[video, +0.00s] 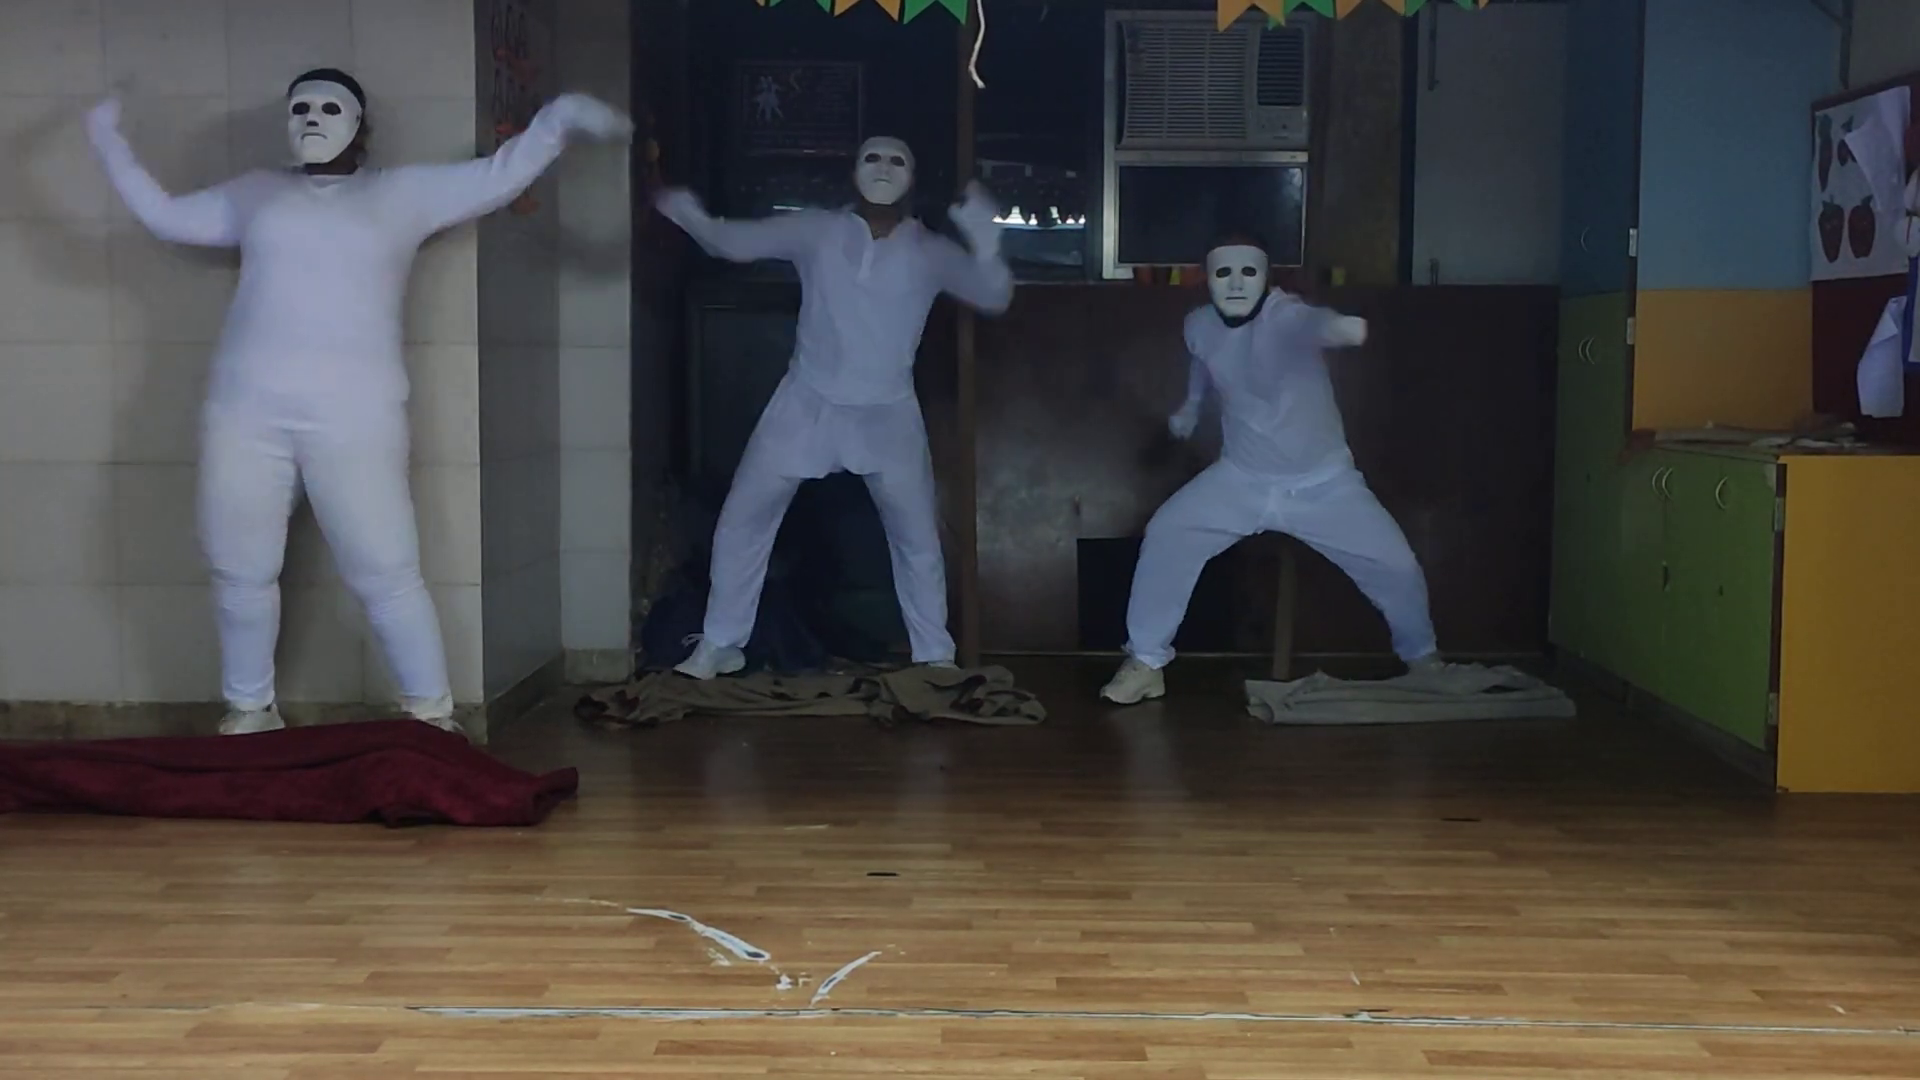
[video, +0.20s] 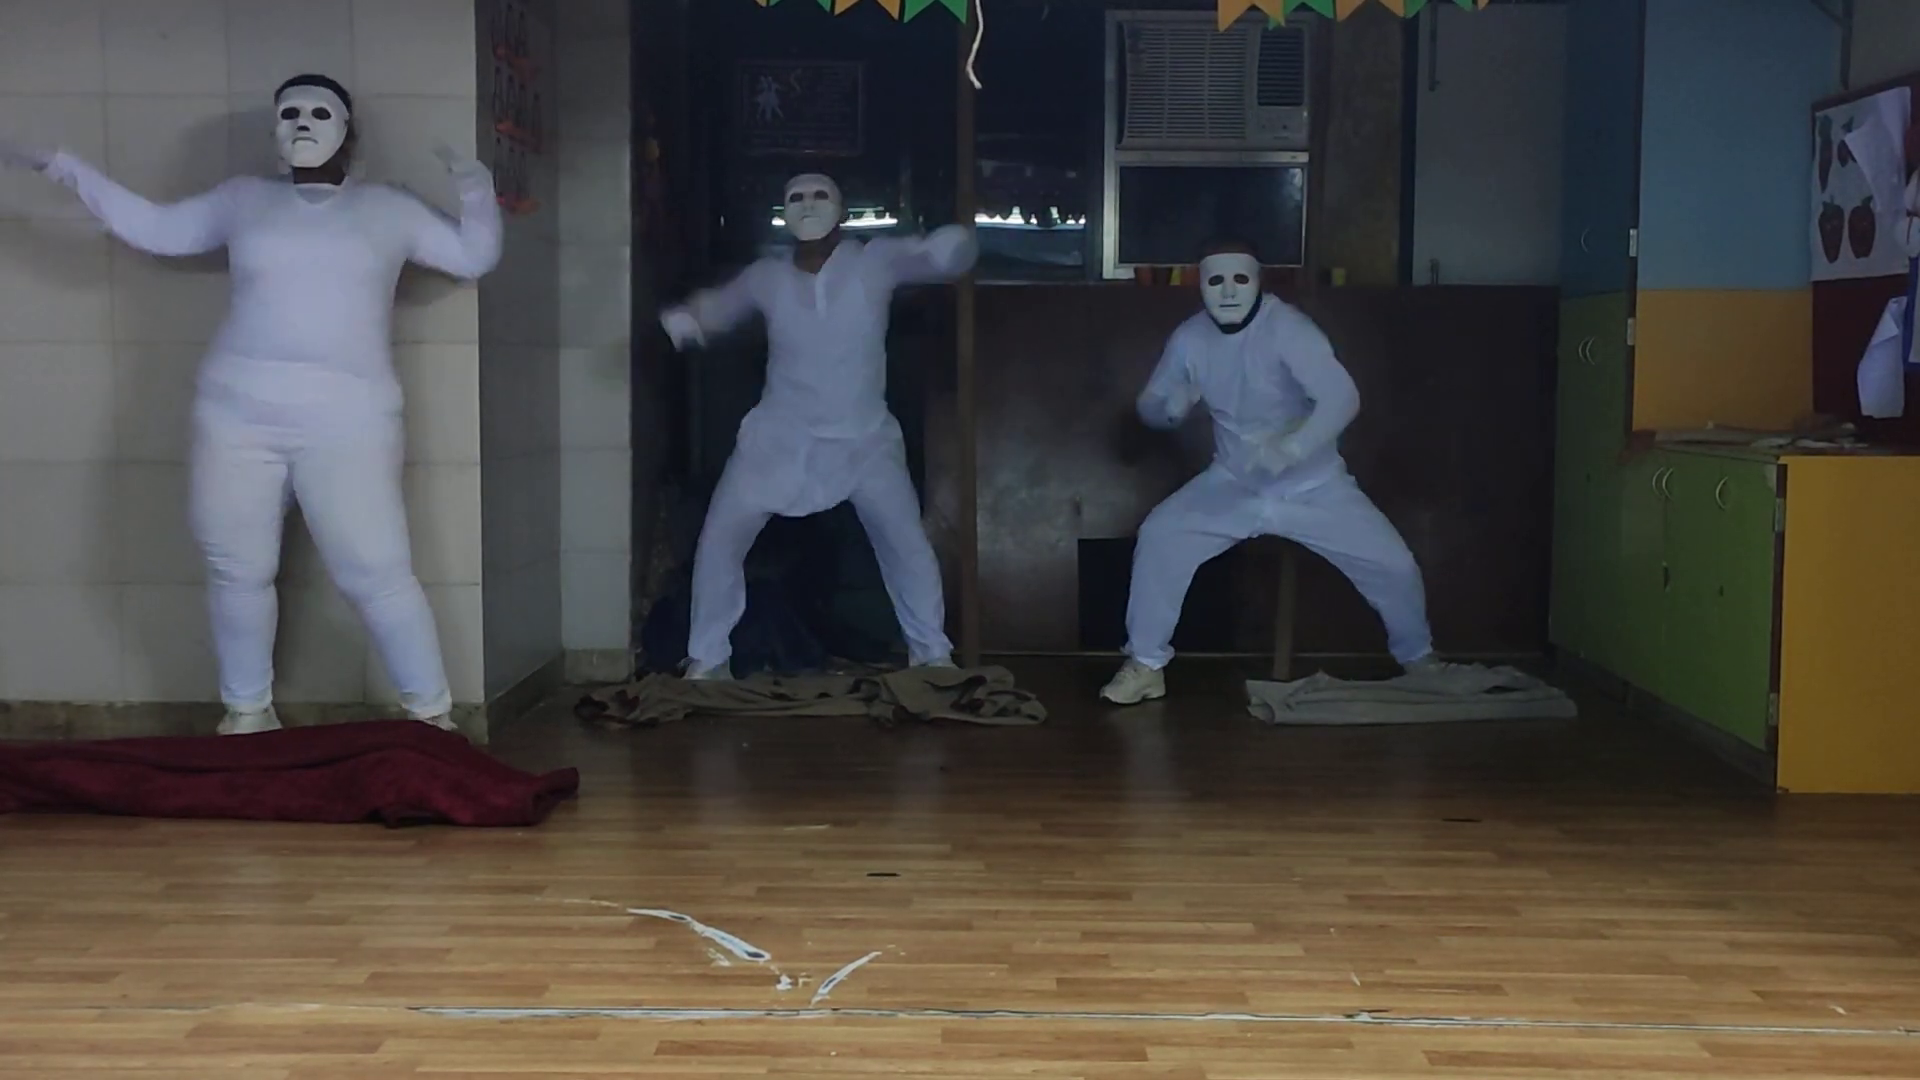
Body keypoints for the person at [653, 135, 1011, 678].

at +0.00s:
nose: (882, 170)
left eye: (896, 163)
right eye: (872, 160)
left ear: (913, 181)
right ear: (854, 174)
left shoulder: (932, 252)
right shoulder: (818, 231)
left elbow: (994, 296)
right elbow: (734, 242)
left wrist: (985, 240)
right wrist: (691, 216)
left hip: (888, 414)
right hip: (805, 405)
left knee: (917, 538)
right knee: (742, 521)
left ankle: (935, 657)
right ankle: (722, 645)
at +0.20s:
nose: (808, 208)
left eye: (821, 198)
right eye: (797, 200)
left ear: (841, 212)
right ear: (784, 214)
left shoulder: (875, 260)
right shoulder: (766, 276)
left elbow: (933, 257)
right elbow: (720, 305)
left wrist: (953, 246)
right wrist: (687, 319)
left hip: (863, 436)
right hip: (779, 437)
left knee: (906, 543)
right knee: (720, 540)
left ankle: (932, 658)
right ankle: (708, 665)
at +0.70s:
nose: (778, 156)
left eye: (788, 147)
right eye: (766, 148)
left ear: (801, 161)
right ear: (747, 165)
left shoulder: (829, 227)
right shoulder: (724, 236)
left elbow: (903, 225)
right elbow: (654, 270)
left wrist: (886, 153)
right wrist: (727, 293)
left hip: (835, 400)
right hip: (754, 407)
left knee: (898, 474)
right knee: (723, 534)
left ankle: (877, 592)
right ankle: (710, 659)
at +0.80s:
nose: (789, 150)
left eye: (799, 142)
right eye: (775, 143)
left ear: (814, 153)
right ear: (758, 159)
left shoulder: (841, 198)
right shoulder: (745, 238)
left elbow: (895, 128)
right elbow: (714, 330)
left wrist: (947, 70)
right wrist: (744, 380)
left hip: (848, 393)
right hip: (768, 398)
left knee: (898, 512)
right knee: (731, 528)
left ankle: (916, 639)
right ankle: (712, 657)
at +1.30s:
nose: (903, 168)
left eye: (916, 163)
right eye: (892, 160)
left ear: (930, 185)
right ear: (872, 174)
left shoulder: (942, 272)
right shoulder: (838, 217)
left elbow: (948, 352)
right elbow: (773, 148)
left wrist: (912, 420)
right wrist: (715, 80)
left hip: (889, 420)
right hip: (814, 388)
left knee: (910, 553)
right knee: (739, 443)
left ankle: (925, 665)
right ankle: (746, 524)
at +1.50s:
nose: (927, 196)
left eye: (939, 190)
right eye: (917, 184)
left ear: (948, 206)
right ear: (892, 191)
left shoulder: (942, 290)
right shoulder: (849, 228)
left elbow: (937, 367)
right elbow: (774, 191)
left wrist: (916, 410)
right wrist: (799, 134)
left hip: (875, 422)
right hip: (801, 406)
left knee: (902, 540)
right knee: (762, 518)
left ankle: (925, 659)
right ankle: (757, 641)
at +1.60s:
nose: (919, 199)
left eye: (931, 193)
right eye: (909, 187)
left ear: (939, 209)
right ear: (885, 194)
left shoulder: (932, 290)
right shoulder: (836, 231)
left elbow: (932, 364)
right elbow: (771, 176)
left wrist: (916, 412)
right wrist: (722, 118)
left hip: (871, 428)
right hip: (797, 413)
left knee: (900, 546)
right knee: (761, 532)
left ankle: (926, 661)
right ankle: (756, 654)